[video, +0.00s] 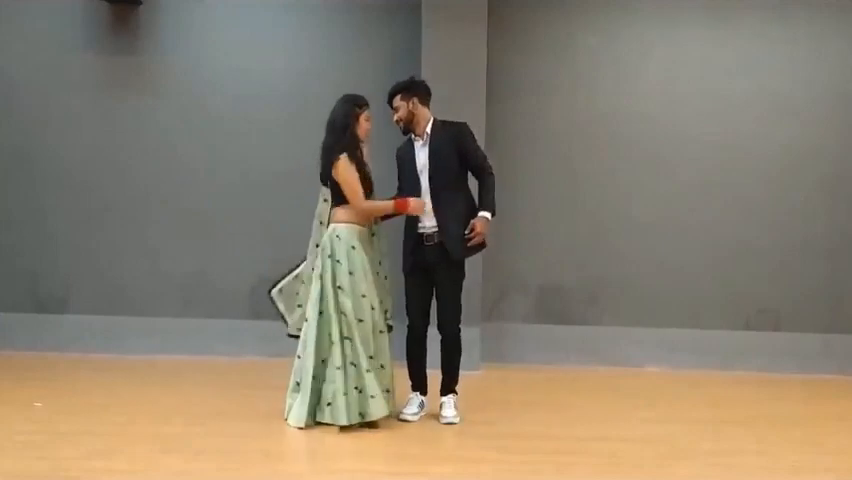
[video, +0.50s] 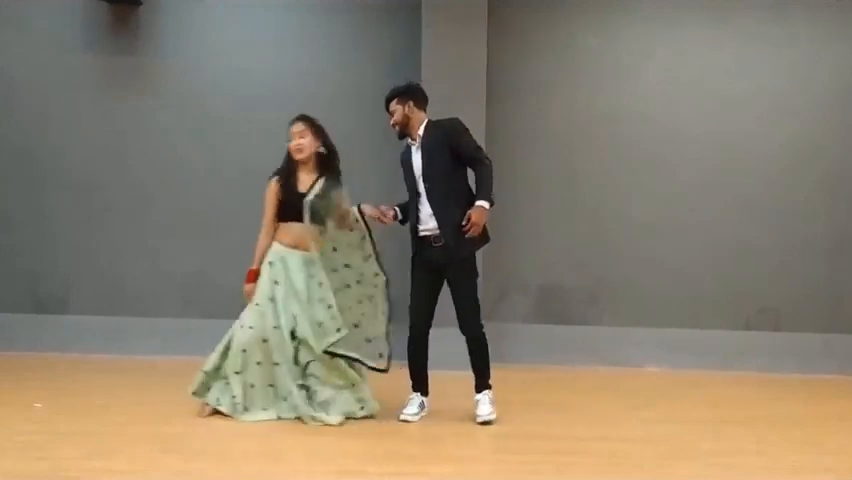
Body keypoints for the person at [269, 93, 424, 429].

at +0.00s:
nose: (369, 126)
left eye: (369, 119)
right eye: (365, 120)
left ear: (352, 123)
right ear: (350, 122)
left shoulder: (354, 158)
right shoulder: (343, 160)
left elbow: (359, 207)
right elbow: (360, 206)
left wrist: (383, 211)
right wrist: (400, 205)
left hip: (355, 240)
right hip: (342, 242)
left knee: (358, 320)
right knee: (349, 320)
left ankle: (355, 401)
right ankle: (346, 403)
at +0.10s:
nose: (367, 123)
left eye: (367, 117)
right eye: (362, 117)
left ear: (356, 120)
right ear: (347, 120)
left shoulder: (360, 155)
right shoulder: (333, 159)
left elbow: (367, 197)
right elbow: (334, 207)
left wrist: (375, 167)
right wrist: (373, 216)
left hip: (363, 241)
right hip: (337, 244)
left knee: (364, 317)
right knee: (348, 318)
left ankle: (362, 396)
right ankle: (345, 399)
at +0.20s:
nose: (362, 123)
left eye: (361, 117)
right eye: (356, 118)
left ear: (353, 123)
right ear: (339, 121)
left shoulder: (357, 162)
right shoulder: (319, 163)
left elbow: (363, 209)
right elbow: (310, 210)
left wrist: (378, 182)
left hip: (349, 242)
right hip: (321, 242)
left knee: (351, 319)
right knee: (329, 319)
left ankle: (353, 397)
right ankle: (330, 398)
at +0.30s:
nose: (351, 127)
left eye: (352, 121)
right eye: (343, 122)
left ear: (353, 128)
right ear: (327, 129)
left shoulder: (353, 169)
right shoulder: (309, 170)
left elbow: (351, 210)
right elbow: (299, 218)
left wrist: (375, 213)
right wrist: (292, 265)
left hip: (340, 251)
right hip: (311, 250)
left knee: (340, 324)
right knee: (311, 324)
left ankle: (342, 396)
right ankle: (307, 398)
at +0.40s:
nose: (328, 135)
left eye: (332, 129)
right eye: (321, 131)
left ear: (341, 137)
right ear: (309, 139)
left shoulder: (344, 180)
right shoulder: (297, 178)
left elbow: (350, 214)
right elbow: (284, 226)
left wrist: (372, 212)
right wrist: (270, 271)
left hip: (326, 259)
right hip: (296, 257)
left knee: (326, 329)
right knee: (284, 327)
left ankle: (327, 399)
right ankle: (281, 398)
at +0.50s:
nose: (296, 143)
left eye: (303, 136)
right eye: (292, 138)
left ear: (319, 142)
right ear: (288, 145)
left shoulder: (330, 185)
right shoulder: (278, 183)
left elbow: (344, 222)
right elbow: (267, 231)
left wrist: (362, 212)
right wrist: (253, 274)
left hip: (310, 263)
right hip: (278, 261)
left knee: (311, 331)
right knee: (257, 327)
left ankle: (310, 399)